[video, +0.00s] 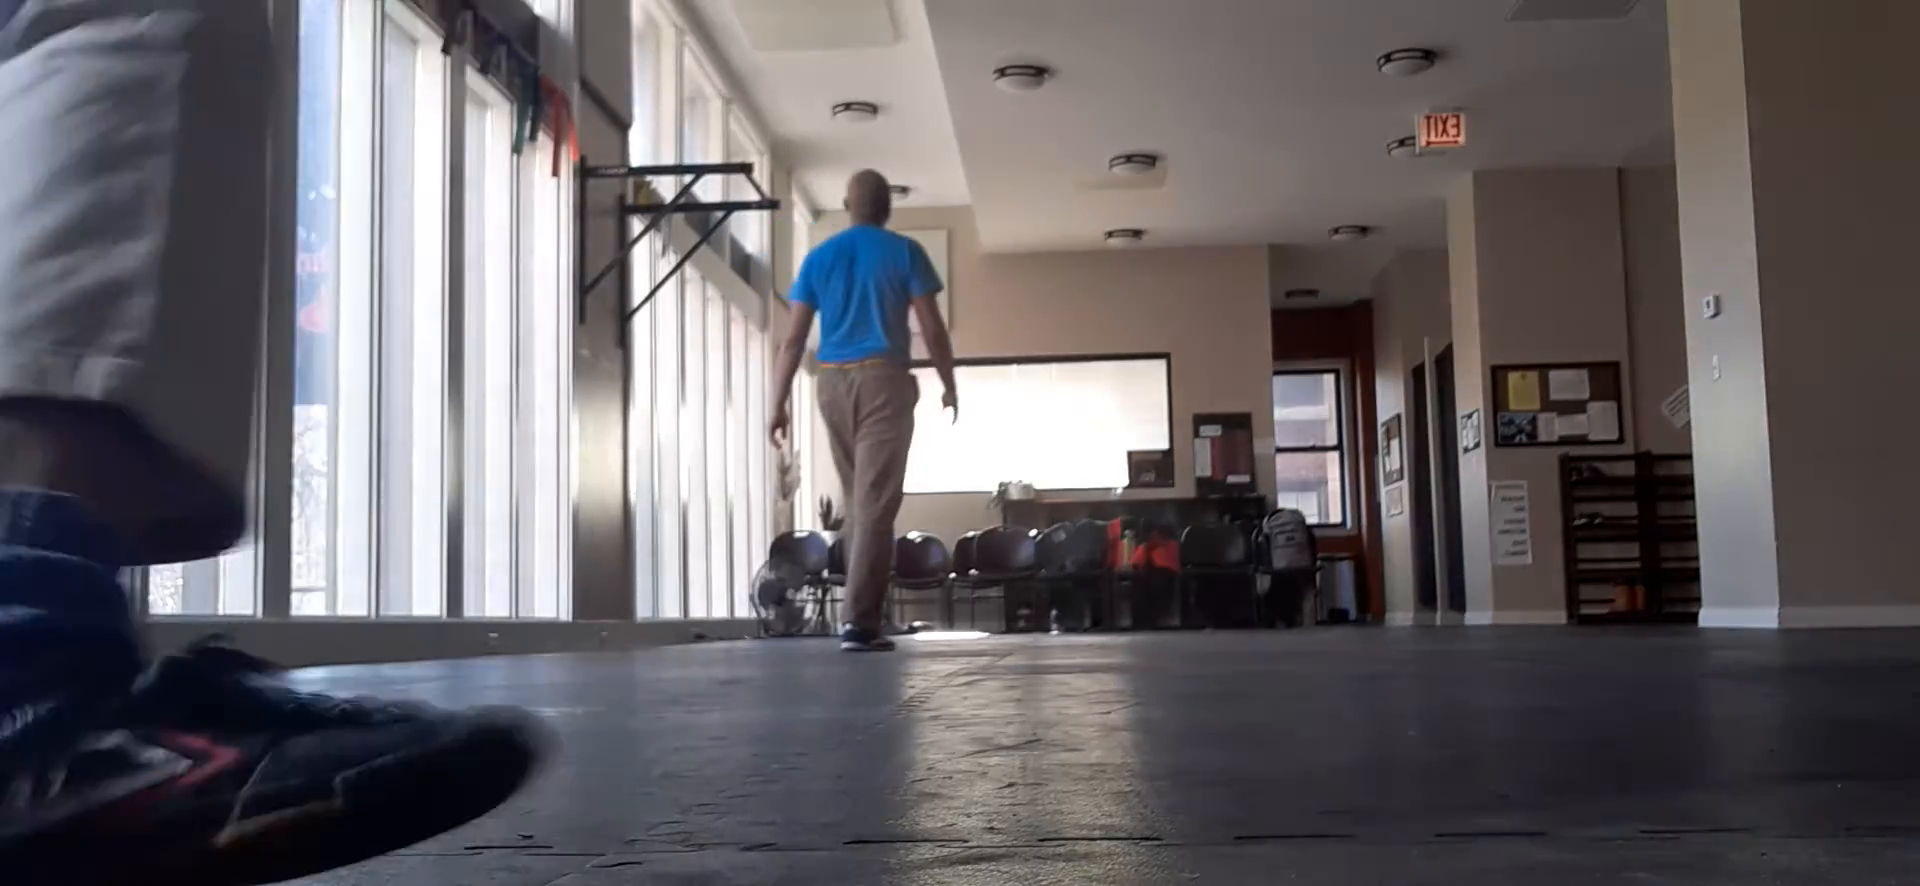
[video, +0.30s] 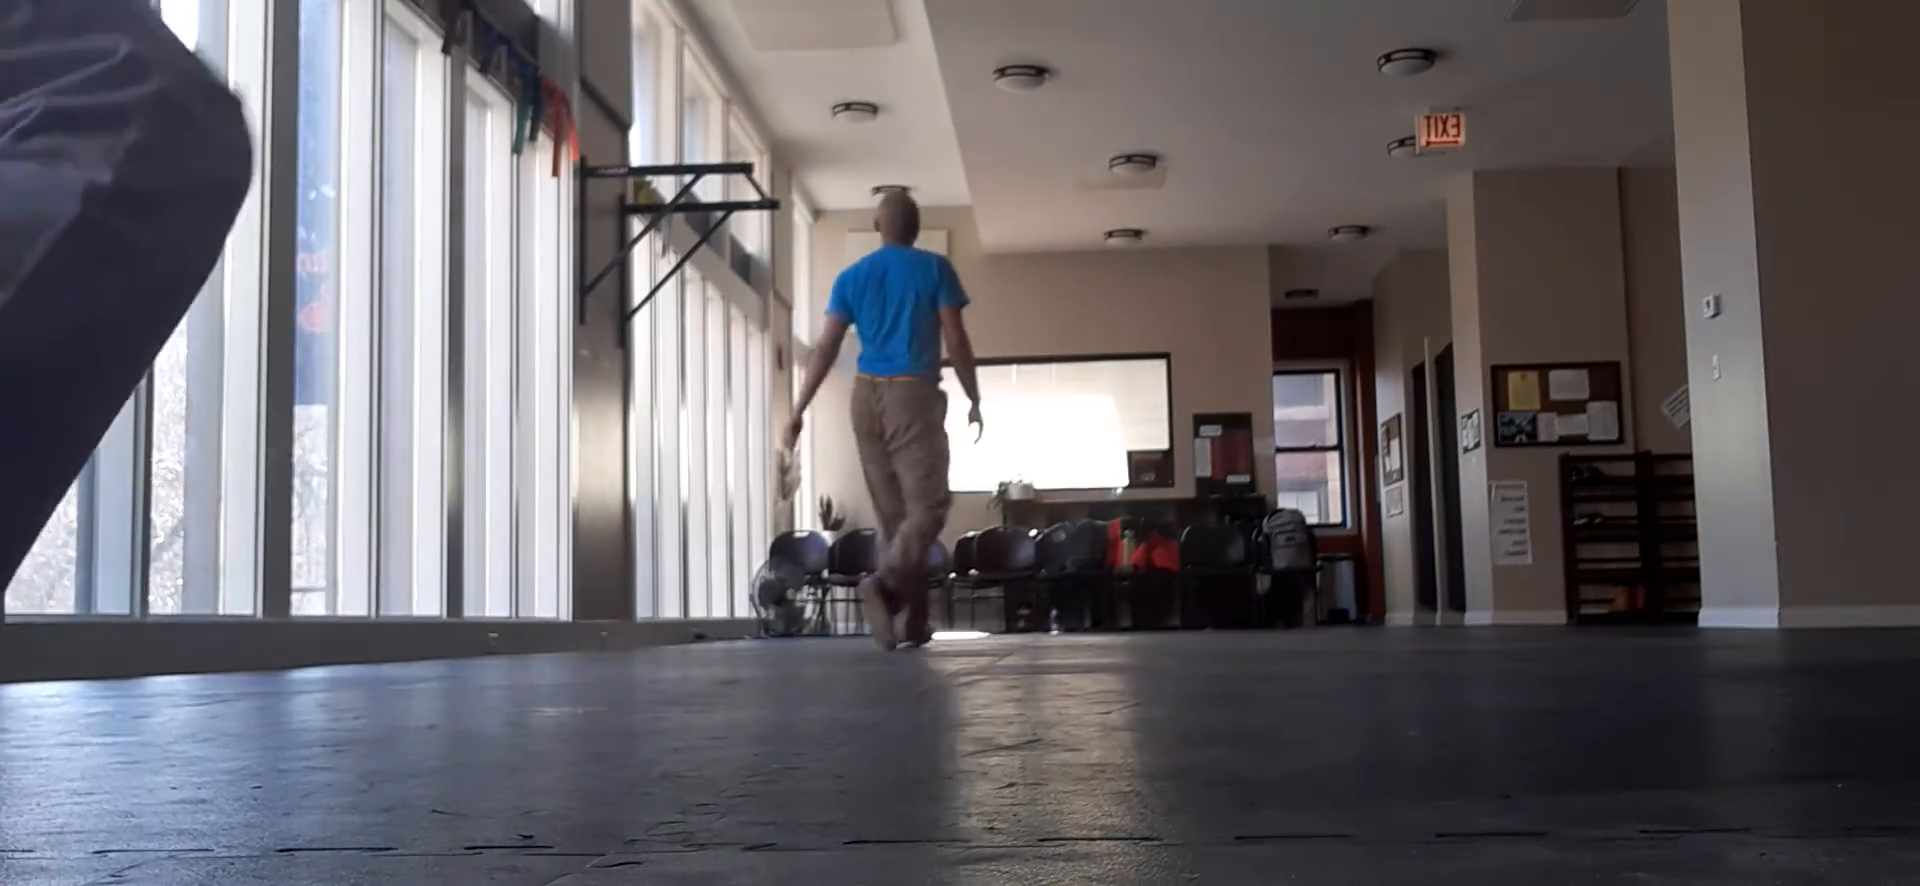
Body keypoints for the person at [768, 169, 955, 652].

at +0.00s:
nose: (858, 204)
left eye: (850, 200)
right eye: (883, 200)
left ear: (846, 208)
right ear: (888, 207)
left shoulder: (819, 256)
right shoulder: (904, 251)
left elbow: (793, 340)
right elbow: (932, 328)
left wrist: (777, 404)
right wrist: (949, 384)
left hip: (832, 384)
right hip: (885, 381)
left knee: (857, 497)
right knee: (875, 498)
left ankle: (872, 610)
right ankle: (859, 622)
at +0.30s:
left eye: (880, 216)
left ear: (878, 229)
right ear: (916, 228)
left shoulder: (852, 276)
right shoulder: (935, 267)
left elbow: (824, 351)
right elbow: (956, 340)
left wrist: (797, 414)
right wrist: (974, 398)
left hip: (864, 398)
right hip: (913, 397)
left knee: (891, 511)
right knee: (929, 503)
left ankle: (916, 621)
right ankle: (883, 586)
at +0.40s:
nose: (896, 227)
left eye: (893, 222)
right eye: (921, 223)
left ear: (890, 231)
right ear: (929, 231)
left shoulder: (866, 278)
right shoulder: (946, 270)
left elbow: (846, 357)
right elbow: (969, 341)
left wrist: (834, 419)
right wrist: (989, 398)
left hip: (874, 399)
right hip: (925, 398)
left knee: (897, 514)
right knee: (961, 499)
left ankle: (906, 626)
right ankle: (922, 581)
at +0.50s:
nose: (915, 234)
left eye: (907, 227)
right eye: (934, 231)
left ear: (901, 235)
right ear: (939, 236)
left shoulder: (874, 281)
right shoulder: (954, 274)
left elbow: (866, 359)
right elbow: (976, 343)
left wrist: (870, 415)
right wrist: (1000, 401)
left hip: (887, 401)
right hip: (939, 400)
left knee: (902, 513)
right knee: (972, 499)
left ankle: (910, 626)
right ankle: (958, 601)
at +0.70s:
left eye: (935, 243)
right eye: (961, 248)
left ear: (927, 250)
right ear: (965, 252)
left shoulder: (901, 296)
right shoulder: (976, 289)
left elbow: (898, 366)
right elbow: (994, 356)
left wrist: (904, 413)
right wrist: (1023, 415)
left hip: (913, 408)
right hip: (964, 408)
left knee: (917, 516)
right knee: (985, 515)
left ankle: (913, 625)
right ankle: (1011, 617)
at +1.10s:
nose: (1008, 262)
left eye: (993, 254)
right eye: (1020, 258)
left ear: (987, 261)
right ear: (1023, 263)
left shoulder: (962, 305)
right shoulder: (1037, 299)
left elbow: (952, 375)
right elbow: (1055, 360)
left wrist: (946, 431)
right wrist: (1074, 415)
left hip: (979, 413)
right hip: (1024, 411)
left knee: (986, 510)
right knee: (1020, 513)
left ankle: (967, 608)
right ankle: (1016, 615)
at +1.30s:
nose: (1018, 272)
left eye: (1011, 267)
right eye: (1037, 269)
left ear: (1007, 272)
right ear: (1043, 275)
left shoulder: (982, 314)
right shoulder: (1056, 309)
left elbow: (961, 377)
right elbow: (1080, 370)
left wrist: (941, 432)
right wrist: (1100, 417)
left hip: (997, 419)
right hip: (1038, 416)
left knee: (1013, 513)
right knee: (1030, 514)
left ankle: (1036, 616)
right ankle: (1011, 616)